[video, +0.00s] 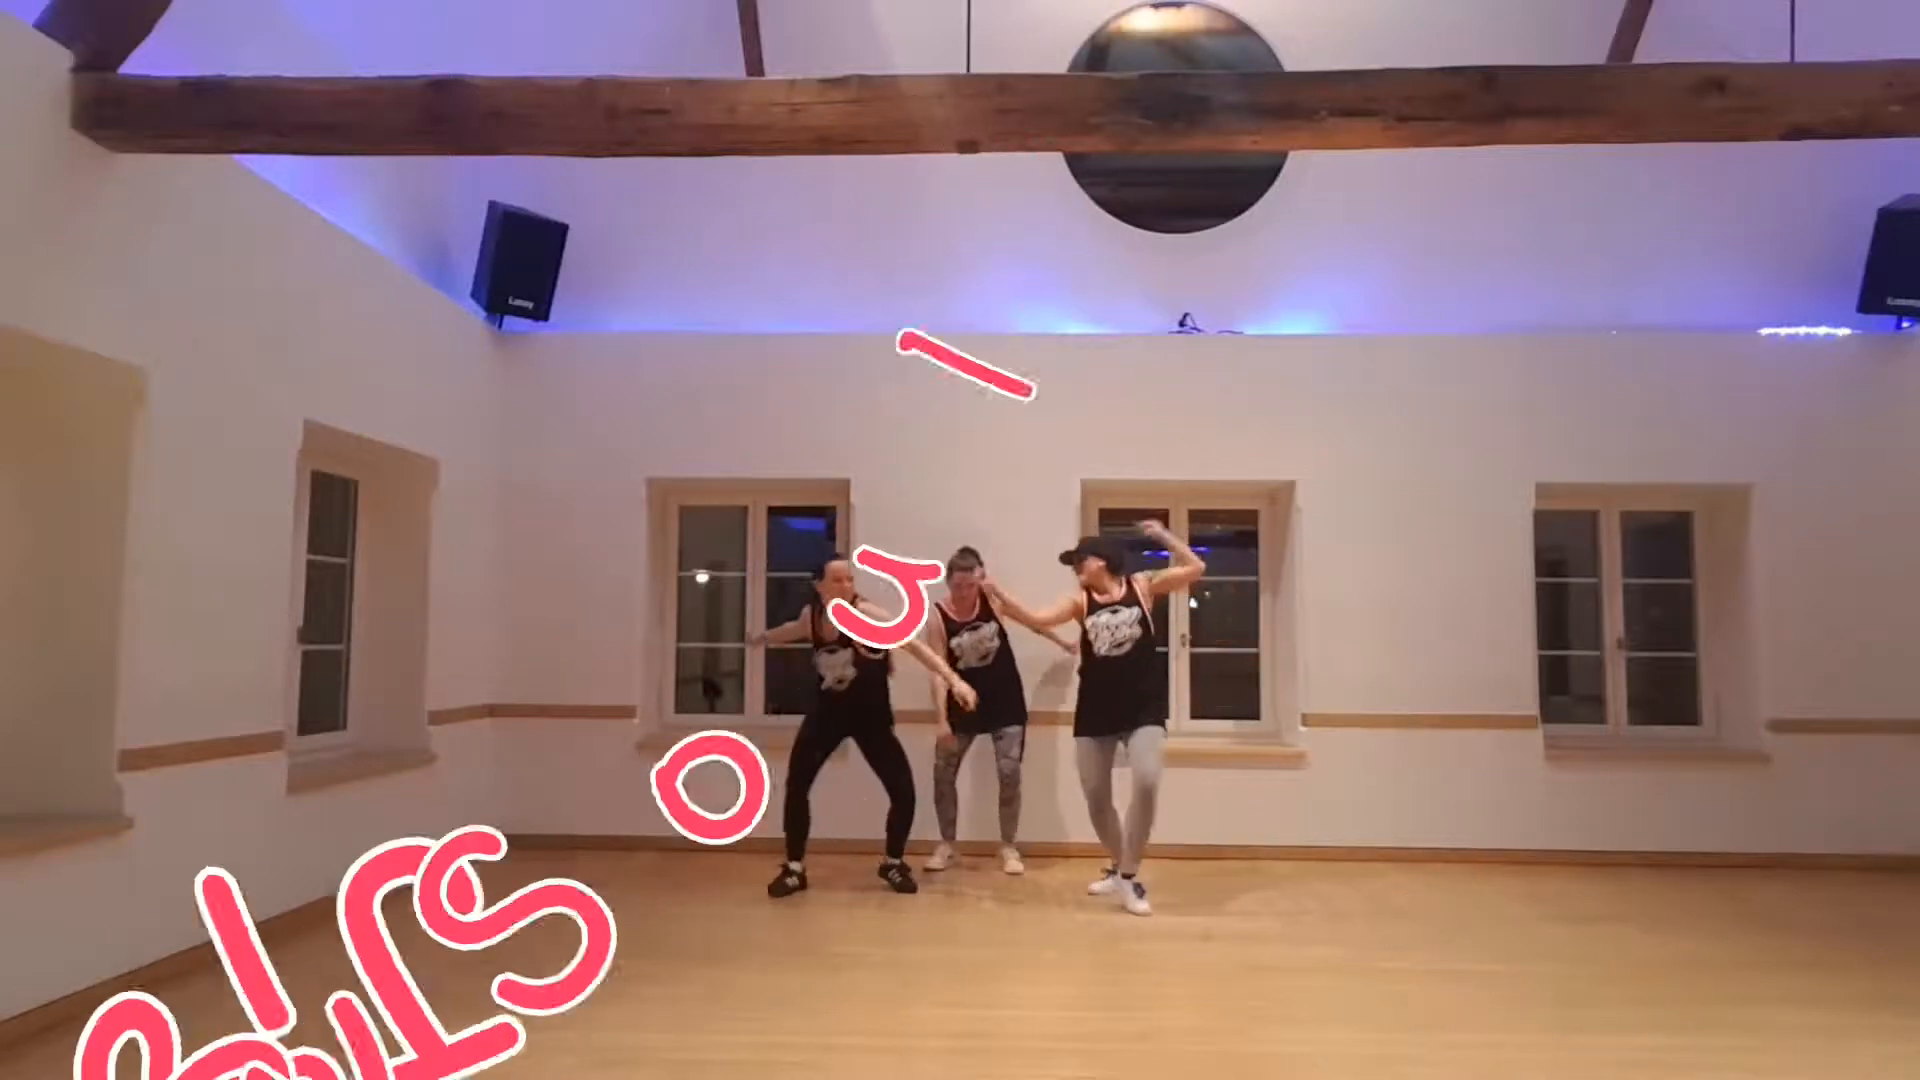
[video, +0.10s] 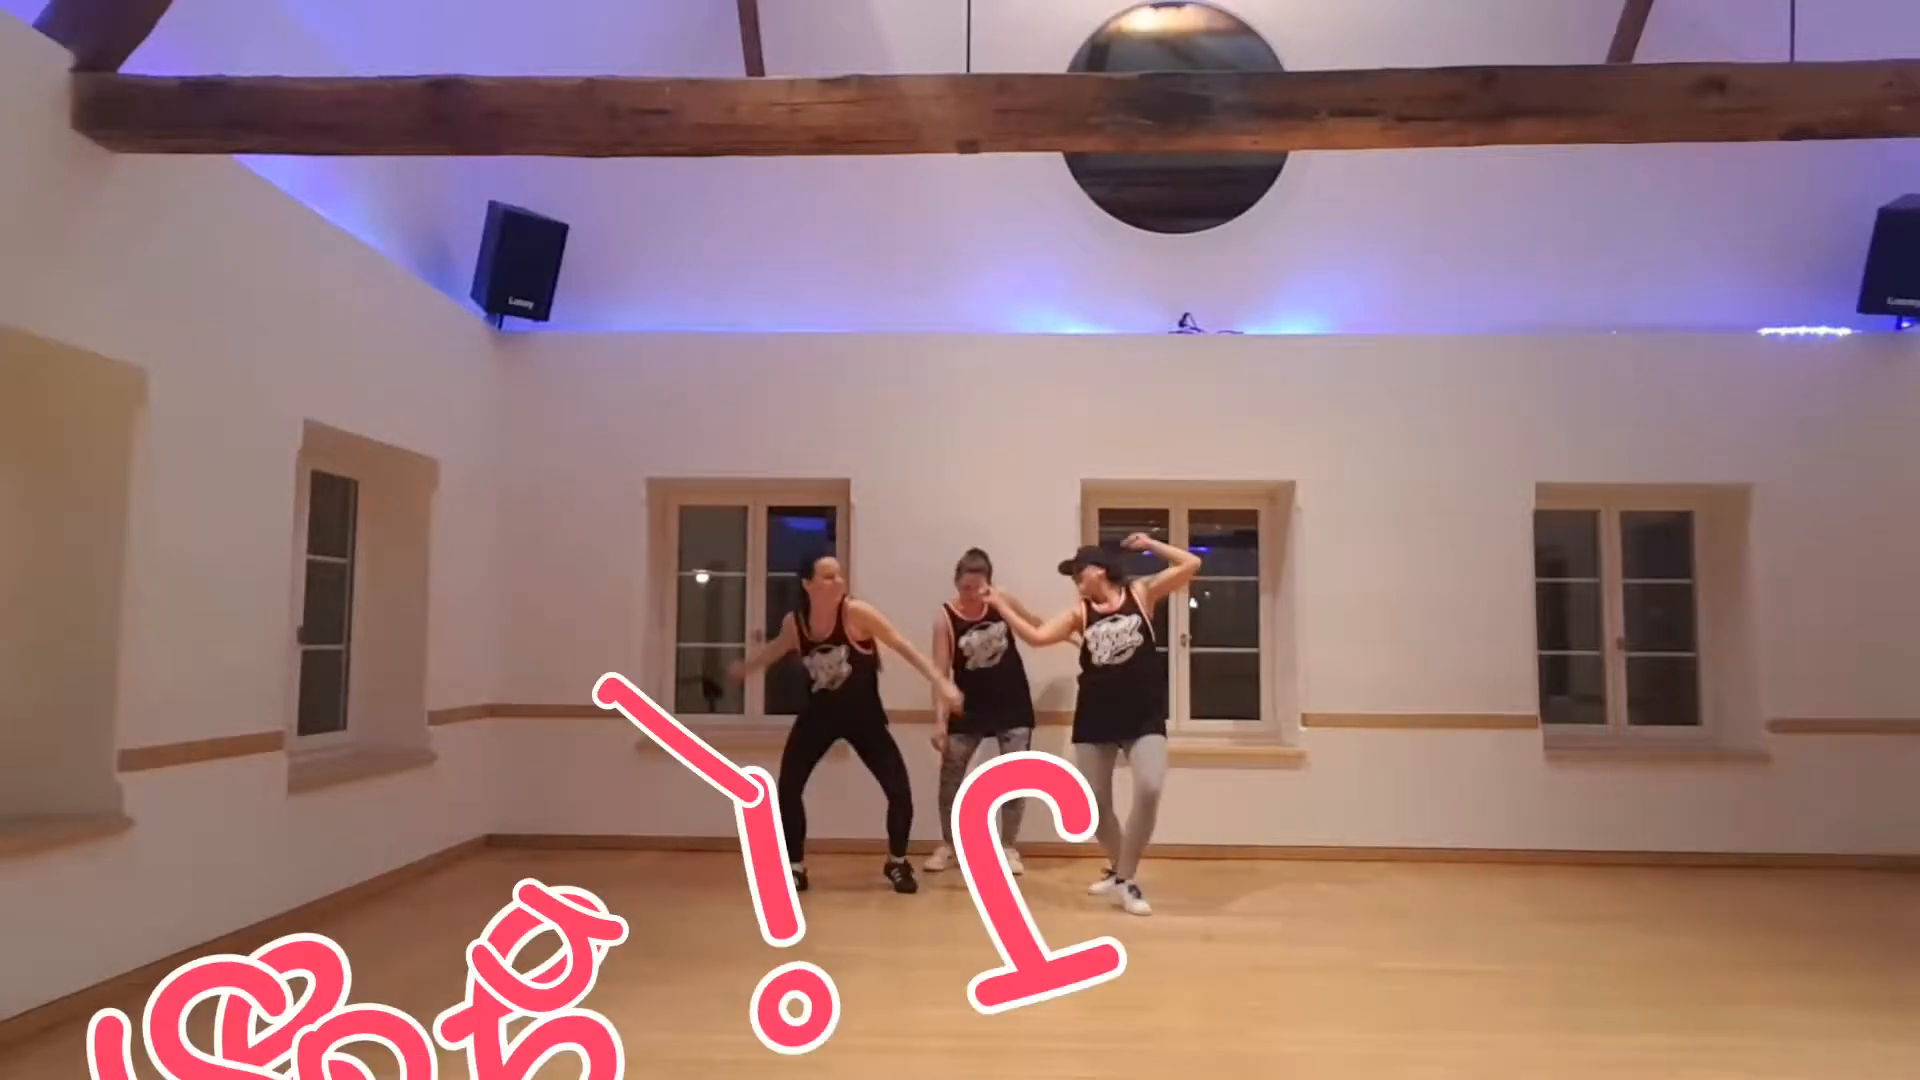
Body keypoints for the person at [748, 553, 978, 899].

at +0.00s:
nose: (844, 586)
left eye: (849, 579)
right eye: (837, 579)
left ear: (855, 583)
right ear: (820, 585)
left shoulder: (870, 614)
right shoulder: (812, 617)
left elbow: (913, 646)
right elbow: (794, 631)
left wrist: (954, 680)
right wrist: (763, 638)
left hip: (870, 719)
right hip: (826, 719)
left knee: (904, 793)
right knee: (796, 786)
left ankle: (893, 863)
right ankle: (794, 868)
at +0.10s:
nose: (838, 581)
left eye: (839, 575)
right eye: (829, 577)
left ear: (845, 581)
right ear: (808, 586)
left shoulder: (859, 614)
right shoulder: (795, 623)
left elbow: (904, 649)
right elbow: (776, 650)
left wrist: (941, 683)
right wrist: (747, 667)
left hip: (862, 717)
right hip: (817, 718)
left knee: (899, 790)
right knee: (788, 788)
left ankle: (897, 861)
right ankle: (795, 867)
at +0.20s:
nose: (835, 569)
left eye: (831, 563)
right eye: (826, 565)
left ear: (824, 575)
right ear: (804, 578)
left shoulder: (853, 603)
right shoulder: (785, 622)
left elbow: (890, 649)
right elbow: (766, 669)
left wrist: (917, 690)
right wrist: (745, 709)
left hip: (860, 710)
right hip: (814, 715)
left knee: (891, 787)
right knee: (795, 790)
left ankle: (897, 860)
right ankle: (796, 865)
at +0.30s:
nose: (827, 549)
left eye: (823, 545)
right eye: (819, 548)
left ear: (817, 569)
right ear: (803, 569)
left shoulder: (844, 590)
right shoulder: (784, 616)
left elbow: (868, 627)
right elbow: (773, 668)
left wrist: (886, 663)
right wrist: (759, 712)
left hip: (859, 701)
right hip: (815, 706)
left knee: (882, 781)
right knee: (802, 784)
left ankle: (893, 857)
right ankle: (796, 868)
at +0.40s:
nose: (831, 557)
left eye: (827, 552)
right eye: (824, 554)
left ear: (818, 568)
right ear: (806, 569)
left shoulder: (832, 589)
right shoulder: (787, 618)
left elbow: (851, 615)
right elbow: (777, 660)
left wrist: (873, 638)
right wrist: (775, 693)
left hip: (858, 697)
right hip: (818, 704)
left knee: (879, 777)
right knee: (809, 787)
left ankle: (884, 857)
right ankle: (799, 864)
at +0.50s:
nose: (835, 559)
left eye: (830, 553)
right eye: (829, 556)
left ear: (815, 571)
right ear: (812, 571)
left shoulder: (831, 594)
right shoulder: (794, 623)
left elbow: (839, 619)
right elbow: (788, 673)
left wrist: (852, 619)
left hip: (854, 695)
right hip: (817, 704)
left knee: (876, 775)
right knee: (820, 787)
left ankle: (875, 860)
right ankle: (801, 868)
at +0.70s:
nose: (840, 581)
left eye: (839, 574)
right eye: (835, 575)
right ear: (820, 583)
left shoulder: (828, 619)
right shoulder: (798, 629)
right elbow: (839, 648)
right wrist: (845, 600)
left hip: (847, 717)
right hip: (820, 721)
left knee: (882, 784)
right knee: (829, 793)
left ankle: (870, 860)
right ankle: (802, 868)